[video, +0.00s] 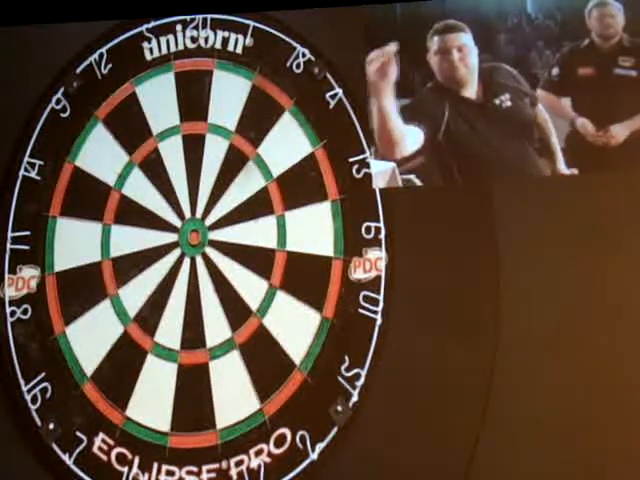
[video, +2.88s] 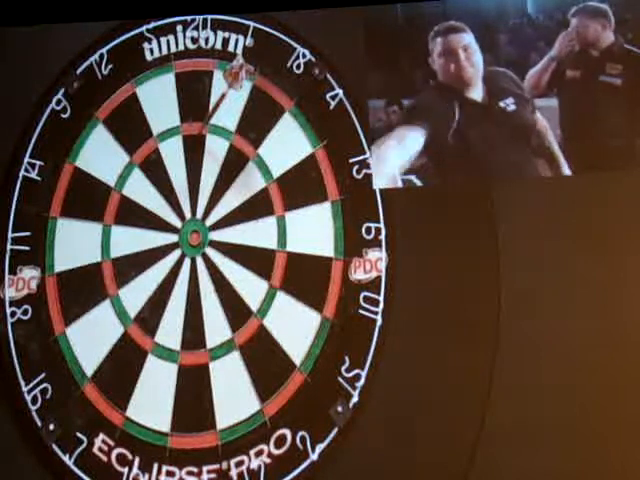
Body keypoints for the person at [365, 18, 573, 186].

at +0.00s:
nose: (454, 59)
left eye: (461, 50)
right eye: (443, 53)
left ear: (476, 53)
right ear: (430, 62)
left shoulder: (502, 77)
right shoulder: (432, 104)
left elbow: (539, 116)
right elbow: (394, 150)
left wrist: (559, 165)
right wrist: (382, 89)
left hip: (543, 193)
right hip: (485, 208)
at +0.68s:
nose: (457, 63)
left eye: (463, 52)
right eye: (444, 57)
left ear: (476, 56)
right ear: (430, 66)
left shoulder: (500, 79)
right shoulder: (431, 106)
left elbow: (539, 122)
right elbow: (405, 157)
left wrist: (558, 171)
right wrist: (390, 100)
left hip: (538, 193)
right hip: (483, 207)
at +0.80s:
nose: (459, 62)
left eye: (465, 52)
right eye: (446, 56)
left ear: (478, 55)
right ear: (433, 66)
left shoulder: (502, 81)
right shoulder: (435, 105)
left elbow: (539, 124)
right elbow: (406, 138)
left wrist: (561, 171)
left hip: (538, 199)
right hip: (480, 210)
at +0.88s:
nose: (460, 62)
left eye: (466, 52)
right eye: (448, 56)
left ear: (479, 56)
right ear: (433, 65)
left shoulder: (503, 80)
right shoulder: (435, 110)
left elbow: (538, 124)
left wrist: (561, 169)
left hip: (538, 196)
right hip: (480, 207)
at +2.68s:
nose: (458, 62)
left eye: (464, 51)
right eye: (446, 55)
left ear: (476, 54)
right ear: (431, 63)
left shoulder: (500, 80)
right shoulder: (433, 102)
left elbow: (539, 126)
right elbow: (403, 160)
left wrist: (563, 174)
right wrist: (412, 85)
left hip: (538, 197)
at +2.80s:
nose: (459, 62)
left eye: (465, 51)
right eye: (446, 55)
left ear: (478, 54)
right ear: (432, 65)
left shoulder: (502, 81)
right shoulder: (435, 103)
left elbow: (539, 125)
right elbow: (401, 127)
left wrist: (563, 172)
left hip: (532, 202)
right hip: (473, 212)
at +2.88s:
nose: (461, 62)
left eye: (467, 51)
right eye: (448, 56)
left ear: (480, 54)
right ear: (433, 65)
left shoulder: (503, 81)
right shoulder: (434, 104)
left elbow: (540, 128)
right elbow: (404, 142)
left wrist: (564, 172)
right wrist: (385, 169)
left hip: (531, 201)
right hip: (471, 211)